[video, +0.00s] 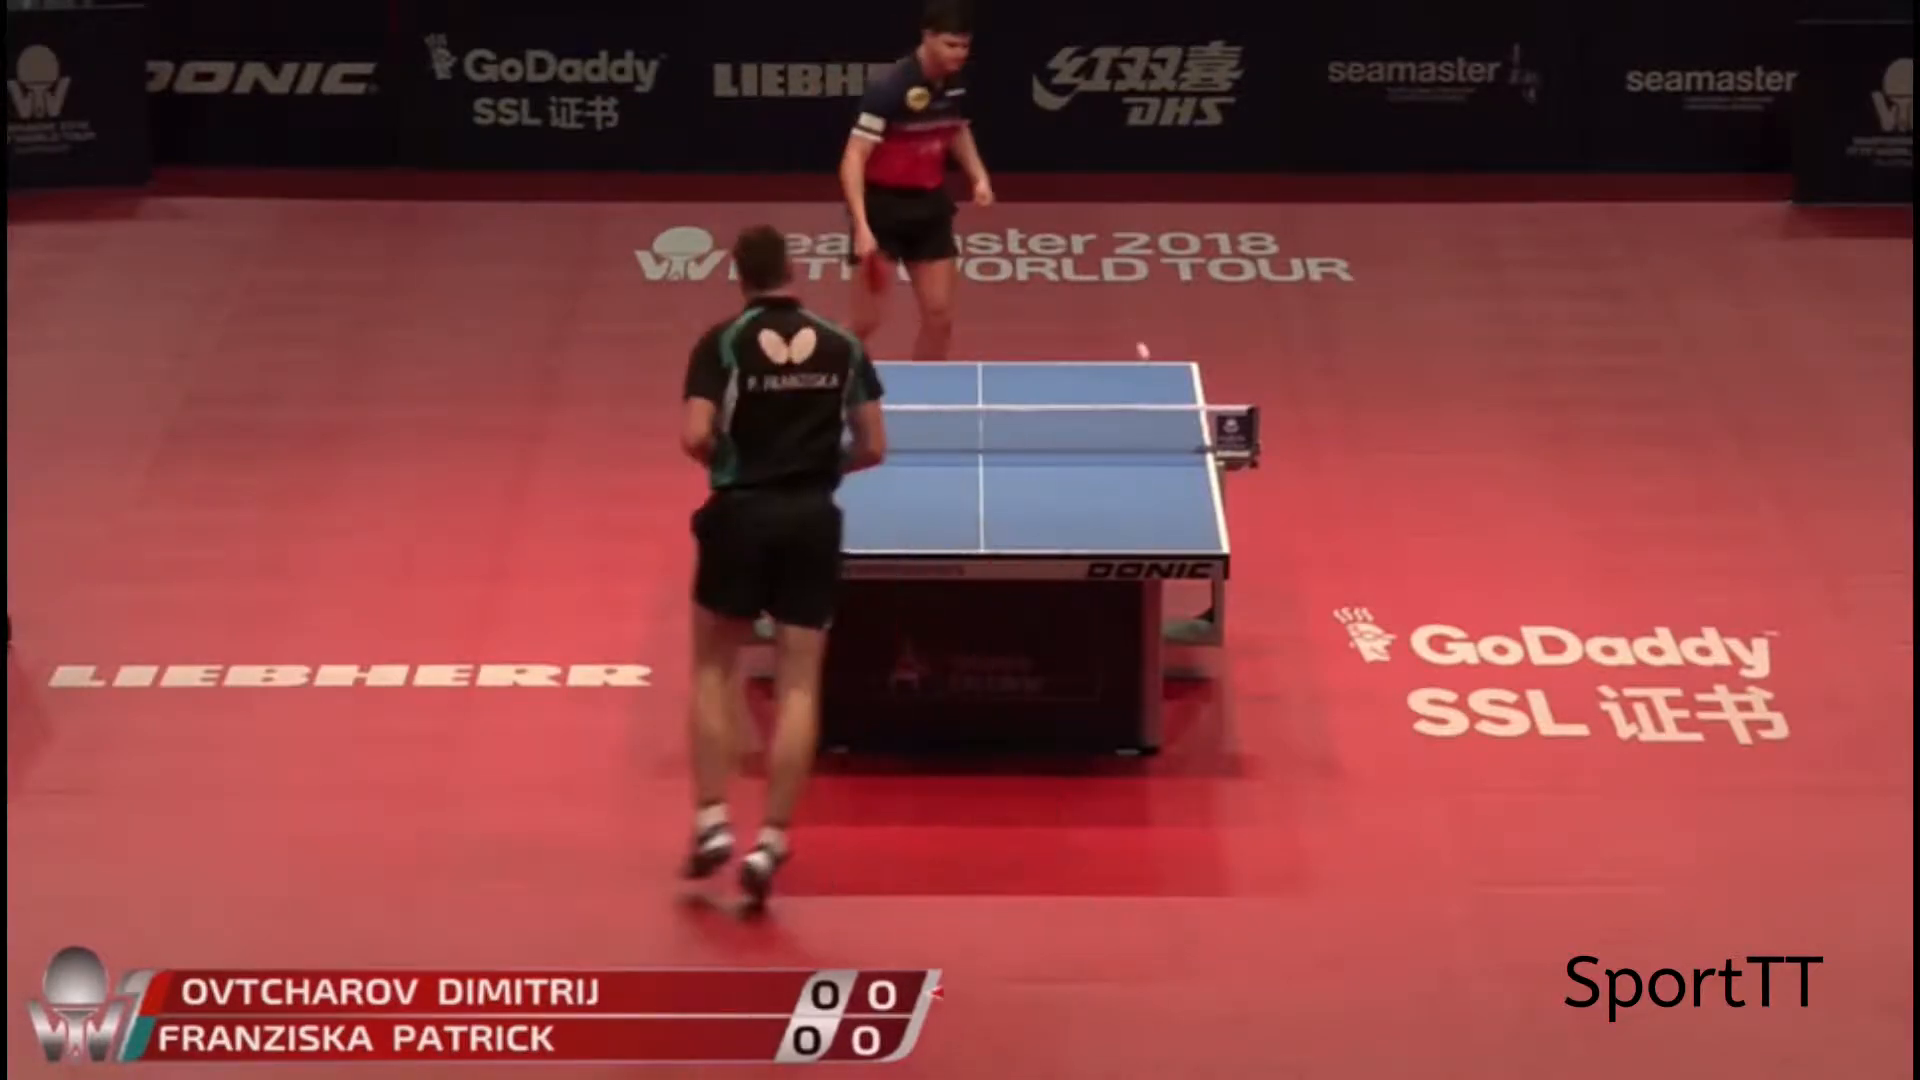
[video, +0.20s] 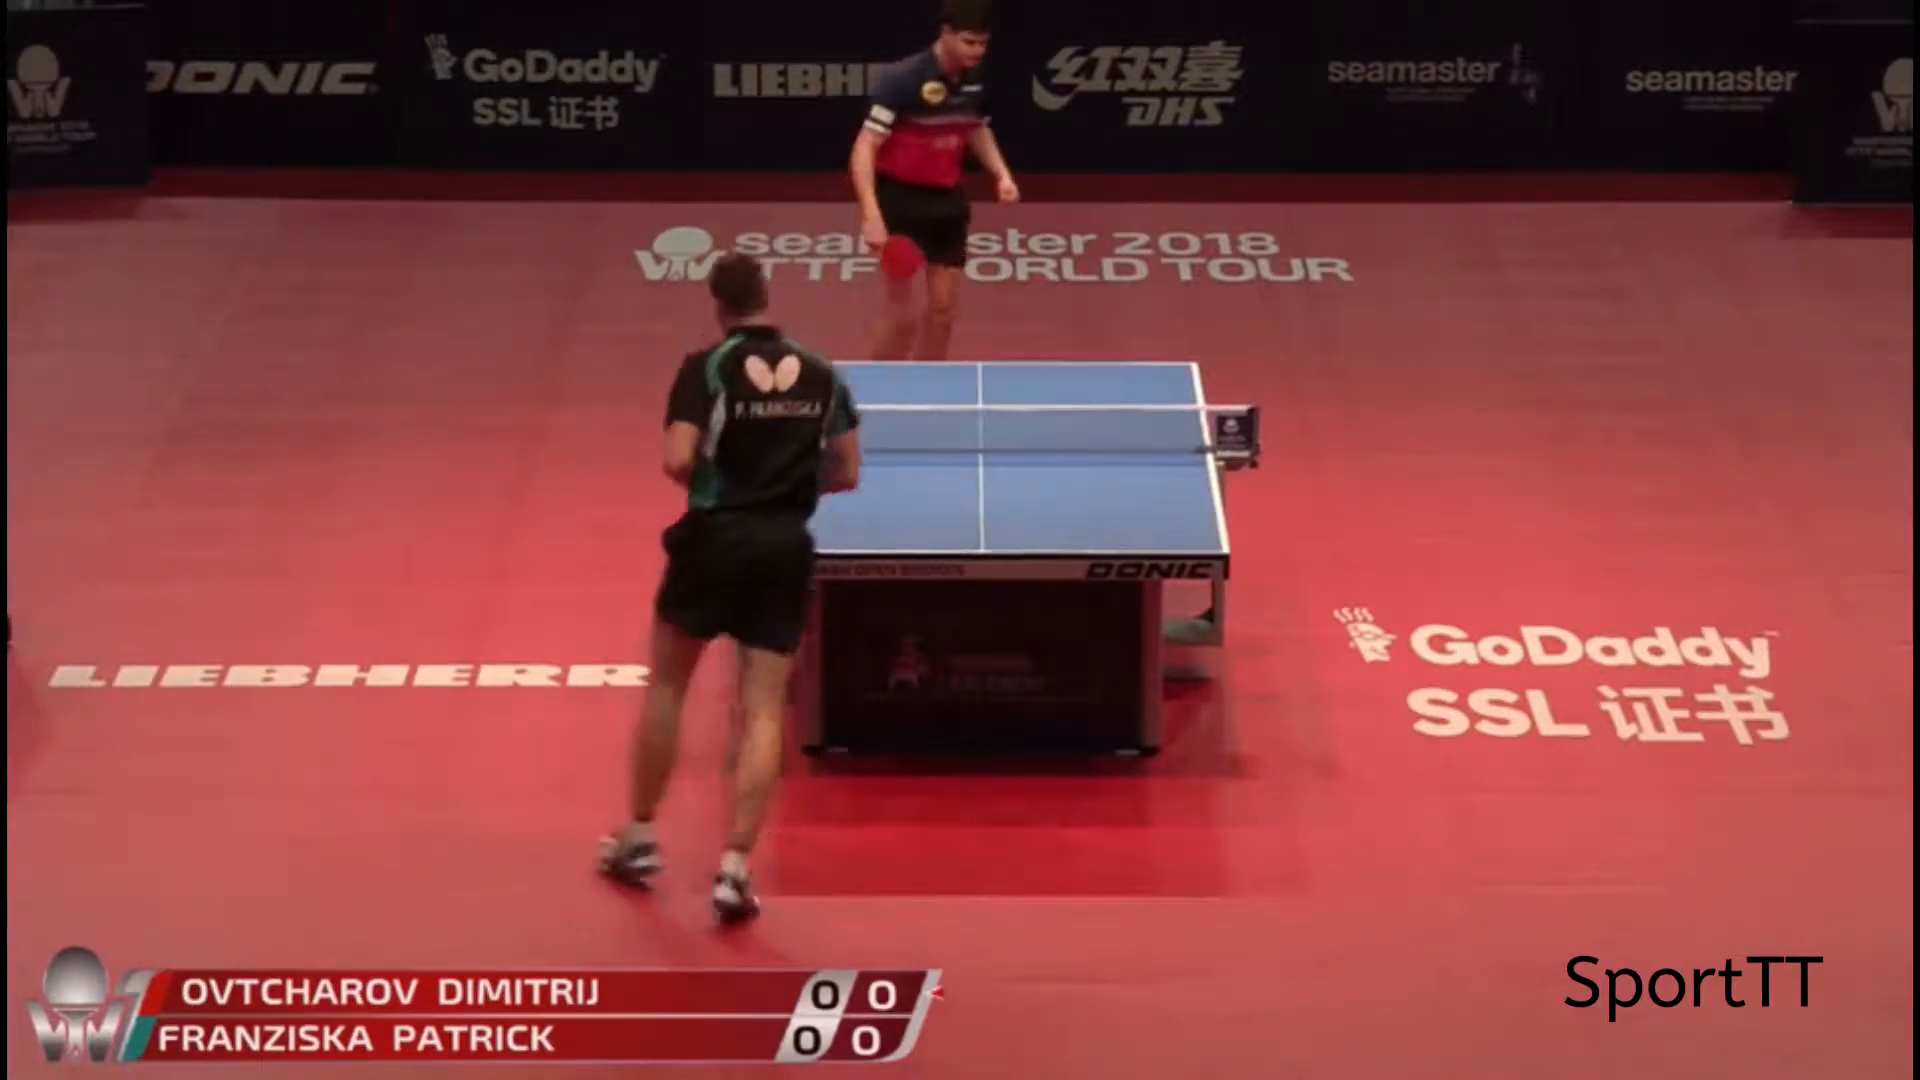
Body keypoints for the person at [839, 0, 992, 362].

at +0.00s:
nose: (959, 55)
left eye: (964, 46)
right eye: (952, 44)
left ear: (969, 46)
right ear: (927, 39)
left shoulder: (955, 84)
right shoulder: (889, 87)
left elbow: (958, 131)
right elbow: (852, 159)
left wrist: (979, 177)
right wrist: (861, 228)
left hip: (930, 208)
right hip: (881, 209)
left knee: (939, 316)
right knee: (866, 318)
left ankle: (923, 404)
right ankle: (826, 387)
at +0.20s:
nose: (977, 52)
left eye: (982, 43)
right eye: (969, 42)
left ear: (988, 43)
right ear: (945, 35)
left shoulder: (974, 81)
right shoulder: (903, 80)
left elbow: (978, 130)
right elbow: (863, 149)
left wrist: (1002, 175)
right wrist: (872, 216)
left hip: (948, 205)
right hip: (900, 206)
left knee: (943, 310)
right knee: (903, 315)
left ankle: (926, 396)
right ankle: (877, 395)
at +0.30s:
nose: (994, 55)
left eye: (999, 46)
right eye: (986, 44)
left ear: (1004, 45)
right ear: (962, 37)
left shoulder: (991, 85)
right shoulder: (917, 81)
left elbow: (997, 133)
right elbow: (872, 147)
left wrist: (1023, 175)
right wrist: (887, 214)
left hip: (964, 213)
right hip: (918, 213)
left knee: (940, 314)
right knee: (947, 308)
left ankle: (922, 402)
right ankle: (937, 404)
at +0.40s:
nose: (1018, 64)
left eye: (1023, 55)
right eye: (1010, 54)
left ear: (1027, 53)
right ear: (985, 46)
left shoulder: (1015, 93)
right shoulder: (947, 94)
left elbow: (1024, 141)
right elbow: (897, 156)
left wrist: (1048, 180)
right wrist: (908, 225)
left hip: (988, 220)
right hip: (946, 221)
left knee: (949, 319)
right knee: (983, 315)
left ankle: (924, 391)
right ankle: (965, 404)